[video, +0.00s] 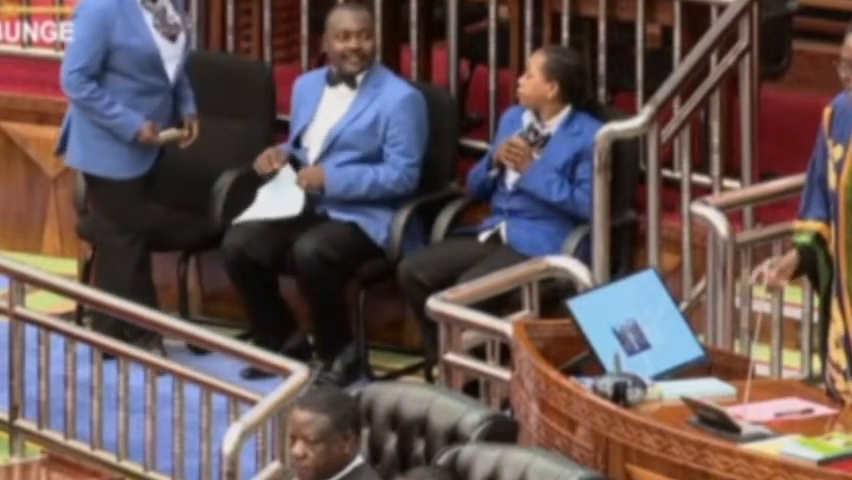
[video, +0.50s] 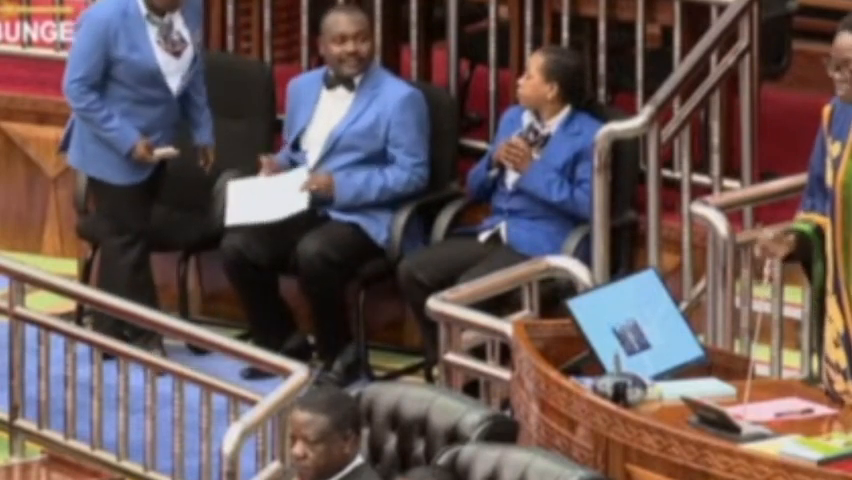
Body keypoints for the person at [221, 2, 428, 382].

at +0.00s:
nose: (354, 46)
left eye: (363, 36)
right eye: (343, 37)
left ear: (375, 41)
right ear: (325, 43)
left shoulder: (400, 98)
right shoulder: (307, 86)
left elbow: (403, 177)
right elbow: (302, 147)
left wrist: (329, 179)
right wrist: (279, 156)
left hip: (365, 216)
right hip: (304, 208)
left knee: (311, 253)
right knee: (240, 247)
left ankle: (336, 354)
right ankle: (281, 342)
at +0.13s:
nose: (353, 47)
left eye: (363, 37)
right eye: (342, 38)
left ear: (375, 41)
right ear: (324, 44)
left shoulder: (400, 98)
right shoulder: (307, 86)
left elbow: (406, 177)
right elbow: (303, 149)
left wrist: (336, 177)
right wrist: (274, 162)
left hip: (366, 215)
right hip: (304, 207)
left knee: (311, 252)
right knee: (240, 248)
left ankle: (336, 354)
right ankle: (281, 343)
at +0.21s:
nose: (353, 48)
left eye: (362, 38)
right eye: (341, 39)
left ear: (374, 41)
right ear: (324, 44)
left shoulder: (400, 98)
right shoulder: (306, 87)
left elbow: (408, 176)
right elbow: (301, 153)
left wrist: (339, 177)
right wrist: (264, 173)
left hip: (367, 215)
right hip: (304, 209)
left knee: (311, 252)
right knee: (240, 248)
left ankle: (336, 355)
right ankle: (282, 344)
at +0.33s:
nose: (352, 48)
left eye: (362, 39)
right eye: (341, 40)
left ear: (374, 42)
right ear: (323, 45)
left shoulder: (401, 98)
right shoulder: (305, 87)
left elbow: (411, 175)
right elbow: (299, 154)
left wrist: (340, 180)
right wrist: (266, 174)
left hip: (367, 216)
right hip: (303, 209)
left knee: (312, 253)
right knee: (239, 248)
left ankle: (338, 355)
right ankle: (283, 344)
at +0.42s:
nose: (352, 49)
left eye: (361, 39)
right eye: (340, 40)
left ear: (373, 42)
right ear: (322, 46)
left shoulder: (401, 98)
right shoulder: (304, 88)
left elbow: (412, 175)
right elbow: (299, 151)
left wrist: (339, 182)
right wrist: (273, 164)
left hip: (367, 216)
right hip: (302, 209)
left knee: (314, 254)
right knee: (239, 249)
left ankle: (337, 356)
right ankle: (282, 345)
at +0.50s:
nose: (351, 49)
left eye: (360, 39)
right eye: (340, 41)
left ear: (373, 42)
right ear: (321, 46)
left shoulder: (400, 98)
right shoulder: (301, 89)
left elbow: (413, 175)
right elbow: (296, 150)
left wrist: (338, 186)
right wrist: (279, 165)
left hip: (366, 217)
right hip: (301, 210)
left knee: (314, 254)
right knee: (239, 250)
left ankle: (338, 356)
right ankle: (282, 345)